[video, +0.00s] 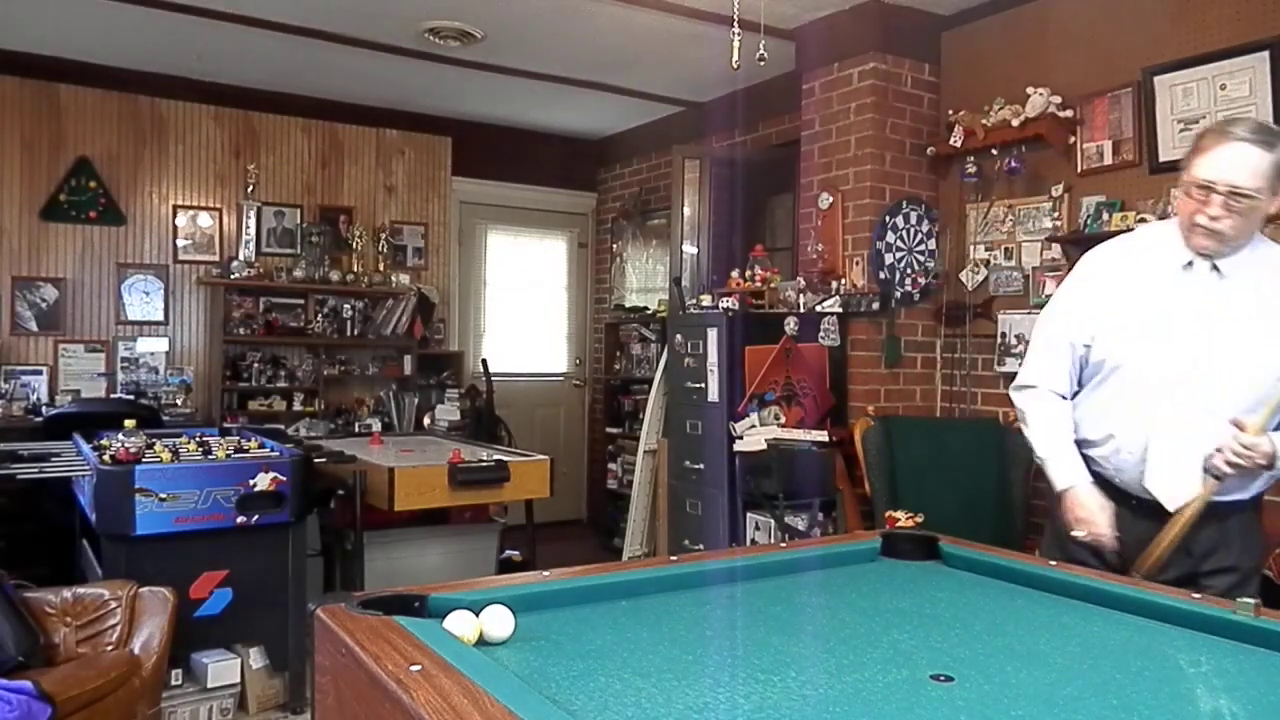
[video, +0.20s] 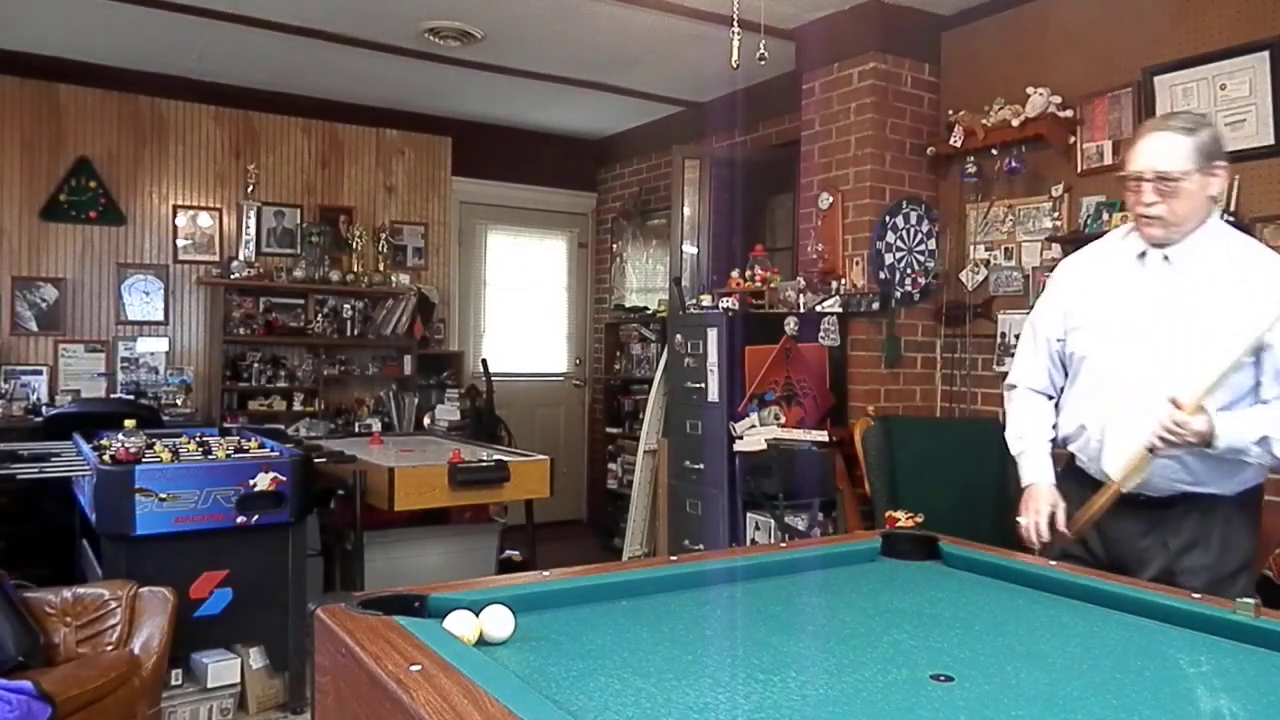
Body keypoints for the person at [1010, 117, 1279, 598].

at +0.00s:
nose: (1212, 211)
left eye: (1238, 198)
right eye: (1202, 190)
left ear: (1270, 206)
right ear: (1179, 185)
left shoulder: (1274, 278)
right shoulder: (1110, 266)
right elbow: (1038, 385)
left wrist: (1270, 452)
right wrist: (1075, 488)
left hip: (1224, 532)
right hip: (1102, 520)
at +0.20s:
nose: (1145, 197)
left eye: (1165, 182)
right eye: (1133, 182)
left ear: (1217, 181)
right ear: (1122, 184)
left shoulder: (1263, 277)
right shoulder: (1080, 272)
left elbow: (1275, 413)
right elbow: (1029, 384)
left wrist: (1217, 432)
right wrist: (1037, 480)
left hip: (1203, 526)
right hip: (1083, 515)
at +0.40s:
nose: (1084, 195)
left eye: (1100, 177)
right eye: (1073, 184)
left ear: (1149, 171)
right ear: (1065, 190)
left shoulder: (1217, 265)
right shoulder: (1052, 284)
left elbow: (1270, 389)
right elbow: (1020, 394)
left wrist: (1159, 404)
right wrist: (1016, 474)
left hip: (1189, 519)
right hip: (1080, 513)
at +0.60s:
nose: (1036, 202)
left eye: (1047, 184)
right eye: (1028, 193)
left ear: (1096, 173)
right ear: (1024, 200)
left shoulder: (1174, 257)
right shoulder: (1033, 292)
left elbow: (1230, 375)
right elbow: (1013, 401)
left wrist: (1111, 409)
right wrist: (1011, 470)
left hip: (1172, 507)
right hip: (1069, 507)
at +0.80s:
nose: (1012, 201)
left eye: (1024, 182)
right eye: (1004, 191)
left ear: (1070, 175)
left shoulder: (1143, 250)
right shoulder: (1020, 293)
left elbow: (1208, 370)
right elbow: (1012, 392)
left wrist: (1101, 432)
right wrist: (1013, 463)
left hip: (1155, 498)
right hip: (1055, 500)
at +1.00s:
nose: (1002, 200)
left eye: (1013, 181)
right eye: (995, 190)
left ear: (1059, 175)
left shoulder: (1131, 250)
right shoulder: (1018, 286)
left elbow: (1203, 372)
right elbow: (1024, 383)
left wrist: (1111, 447)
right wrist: (1004, 453)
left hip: (1138, 498)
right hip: (1045, 501)